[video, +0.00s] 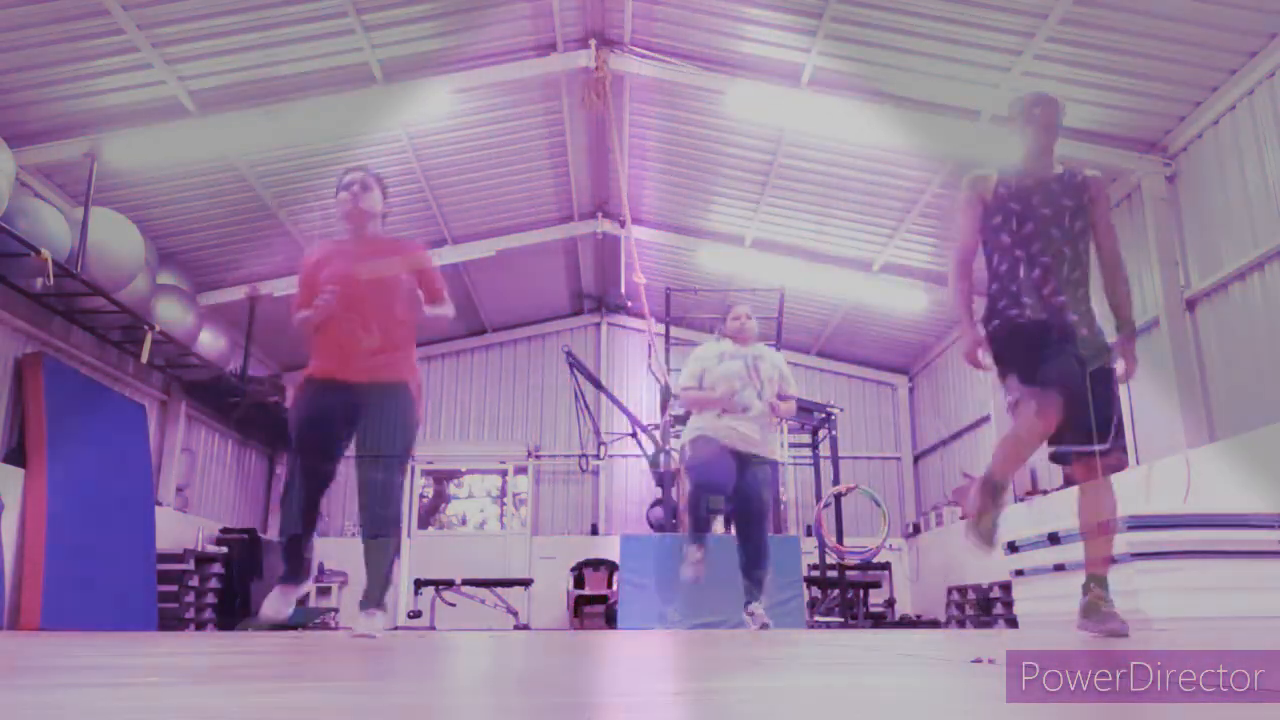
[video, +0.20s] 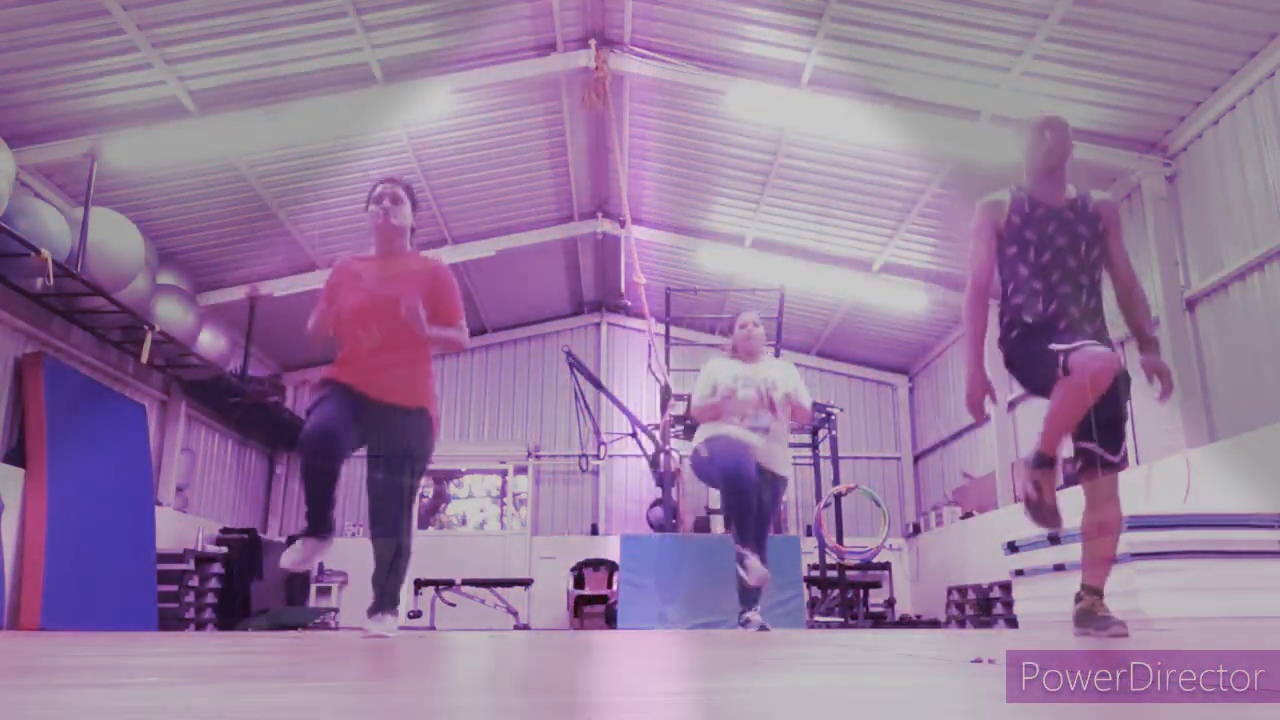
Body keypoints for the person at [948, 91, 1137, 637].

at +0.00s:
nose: (1040, 135)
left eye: (1048, 127)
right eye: (1032, 125)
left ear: (1058, 133)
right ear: (1015, 129)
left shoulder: (1085, 186)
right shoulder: (984, 188)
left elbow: (1112, 265)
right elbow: (962, 261)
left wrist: (1125, 333)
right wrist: (966, 326)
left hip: (1078, 330)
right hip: (1015, 326)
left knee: (1091, 467)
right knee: (1047, 405)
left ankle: (1097, 592)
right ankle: (990, 490)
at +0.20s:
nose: (1053, 137)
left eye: (1061, 132)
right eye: (1044, 131)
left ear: (1071, 149)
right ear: (1027, 149)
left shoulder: (1097, 210)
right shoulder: (997, 209)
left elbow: (1126, 283)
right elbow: (978, 290)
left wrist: (1149, 348)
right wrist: (974, 370)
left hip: (1093, 344)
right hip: (1029, 340)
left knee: (1101, 479)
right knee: (1098, 363)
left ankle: (1090, 601)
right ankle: (1042, 463)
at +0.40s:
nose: (1055, 112)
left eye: (1062, 105)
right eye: (1044, 106)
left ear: (1074, 118)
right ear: (1026, 123)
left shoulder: (1106, 180)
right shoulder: (1004, 190)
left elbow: (1138, 249)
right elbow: (978, 270)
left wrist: (1154, 305)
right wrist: (976, 345)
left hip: (1111, 326)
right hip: (1049, 329)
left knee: (1116, 460)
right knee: (1084, 437)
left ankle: (1117, 590)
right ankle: (1099, 588)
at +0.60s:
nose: (1065, 138)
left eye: (1072, 132)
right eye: (1055, 131)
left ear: (1082, 148)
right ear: (1040, 146)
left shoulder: (1109, 205)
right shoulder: (1017, 211)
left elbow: (1143, 281)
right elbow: (997, 295)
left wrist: (1174, 343)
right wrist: (999, 371)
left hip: (1124, 353)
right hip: (1068, 356)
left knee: (1138, 481)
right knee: (1095, 467)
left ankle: (1128, 594)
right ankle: (1103, 602)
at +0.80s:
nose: (1073, 133)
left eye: (1081, 123)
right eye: (1064, 124)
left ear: (1091, 127)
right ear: (1048, 129)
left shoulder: (1117, 185)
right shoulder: (1031, 190)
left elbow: (1142, 261)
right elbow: (1018, 269)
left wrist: (1180, 329)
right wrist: (1059, 318)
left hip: (1123, 333)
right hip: (1070, 338)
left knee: (1198, 399)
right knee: (1100, 464)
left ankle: (1124, 458)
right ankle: (1102, 597)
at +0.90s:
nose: (1089, 148)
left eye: (1097, 140)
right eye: (1079, 138)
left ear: (1107, 150)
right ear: (1060, 147)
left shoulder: (1126, 208)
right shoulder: (1043, 206)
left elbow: (1158, 279)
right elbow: (1030, 285)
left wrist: (1194, 343)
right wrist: (1090, 321)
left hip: (1133, 344)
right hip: (1080, 353)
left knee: (1214, 376)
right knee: (1114, 477)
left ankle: (1133, 423)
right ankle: (1102, 600)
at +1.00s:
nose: (1103, 141)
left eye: (1110, 133)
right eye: (1093, 132)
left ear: (1119, 143)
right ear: (1072, 141)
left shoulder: (1140, 201)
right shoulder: (1051, 197)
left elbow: (1166, 274)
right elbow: (1034, 275)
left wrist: (1201, 332)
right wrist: (1091, 320)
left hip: (1147, 342)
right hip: (1090, 349)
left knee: (1222, 372)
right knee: (1108, 473)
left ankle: (1168, 473)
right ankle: (1103, 598)